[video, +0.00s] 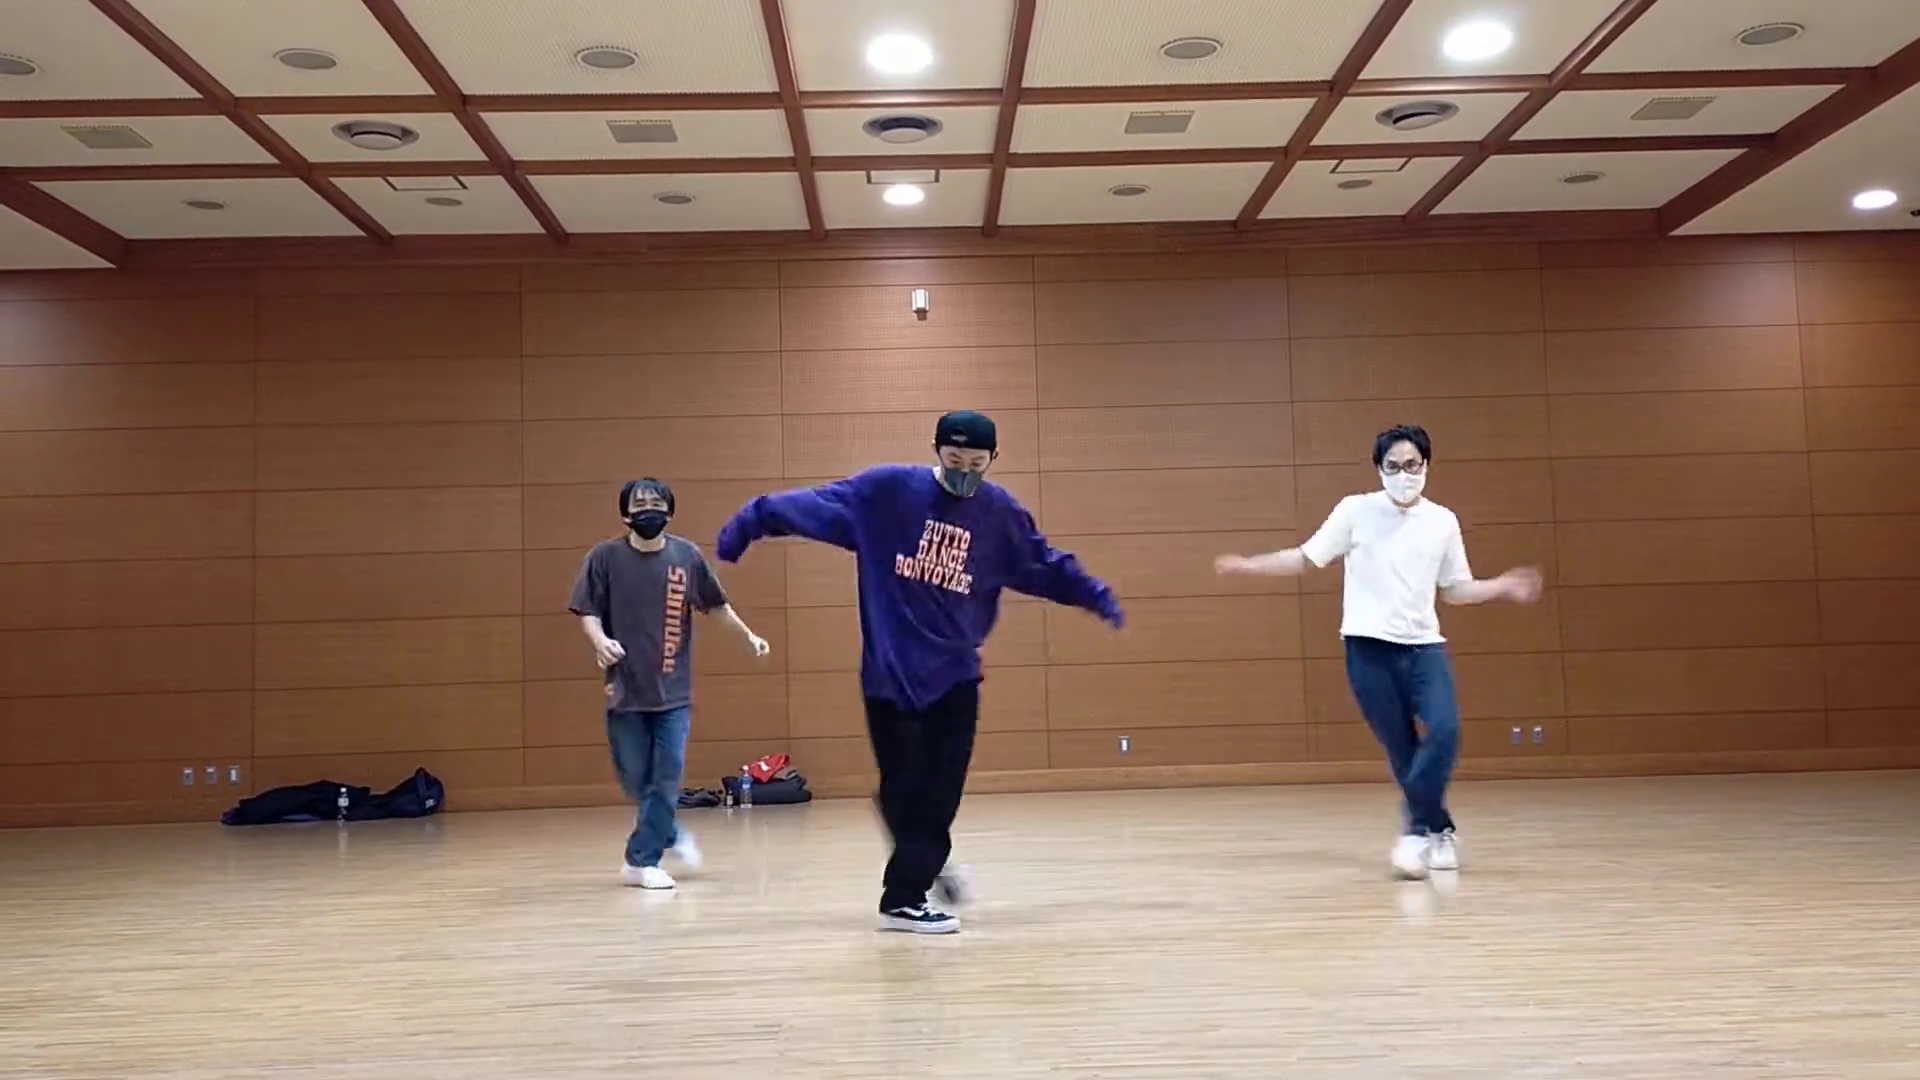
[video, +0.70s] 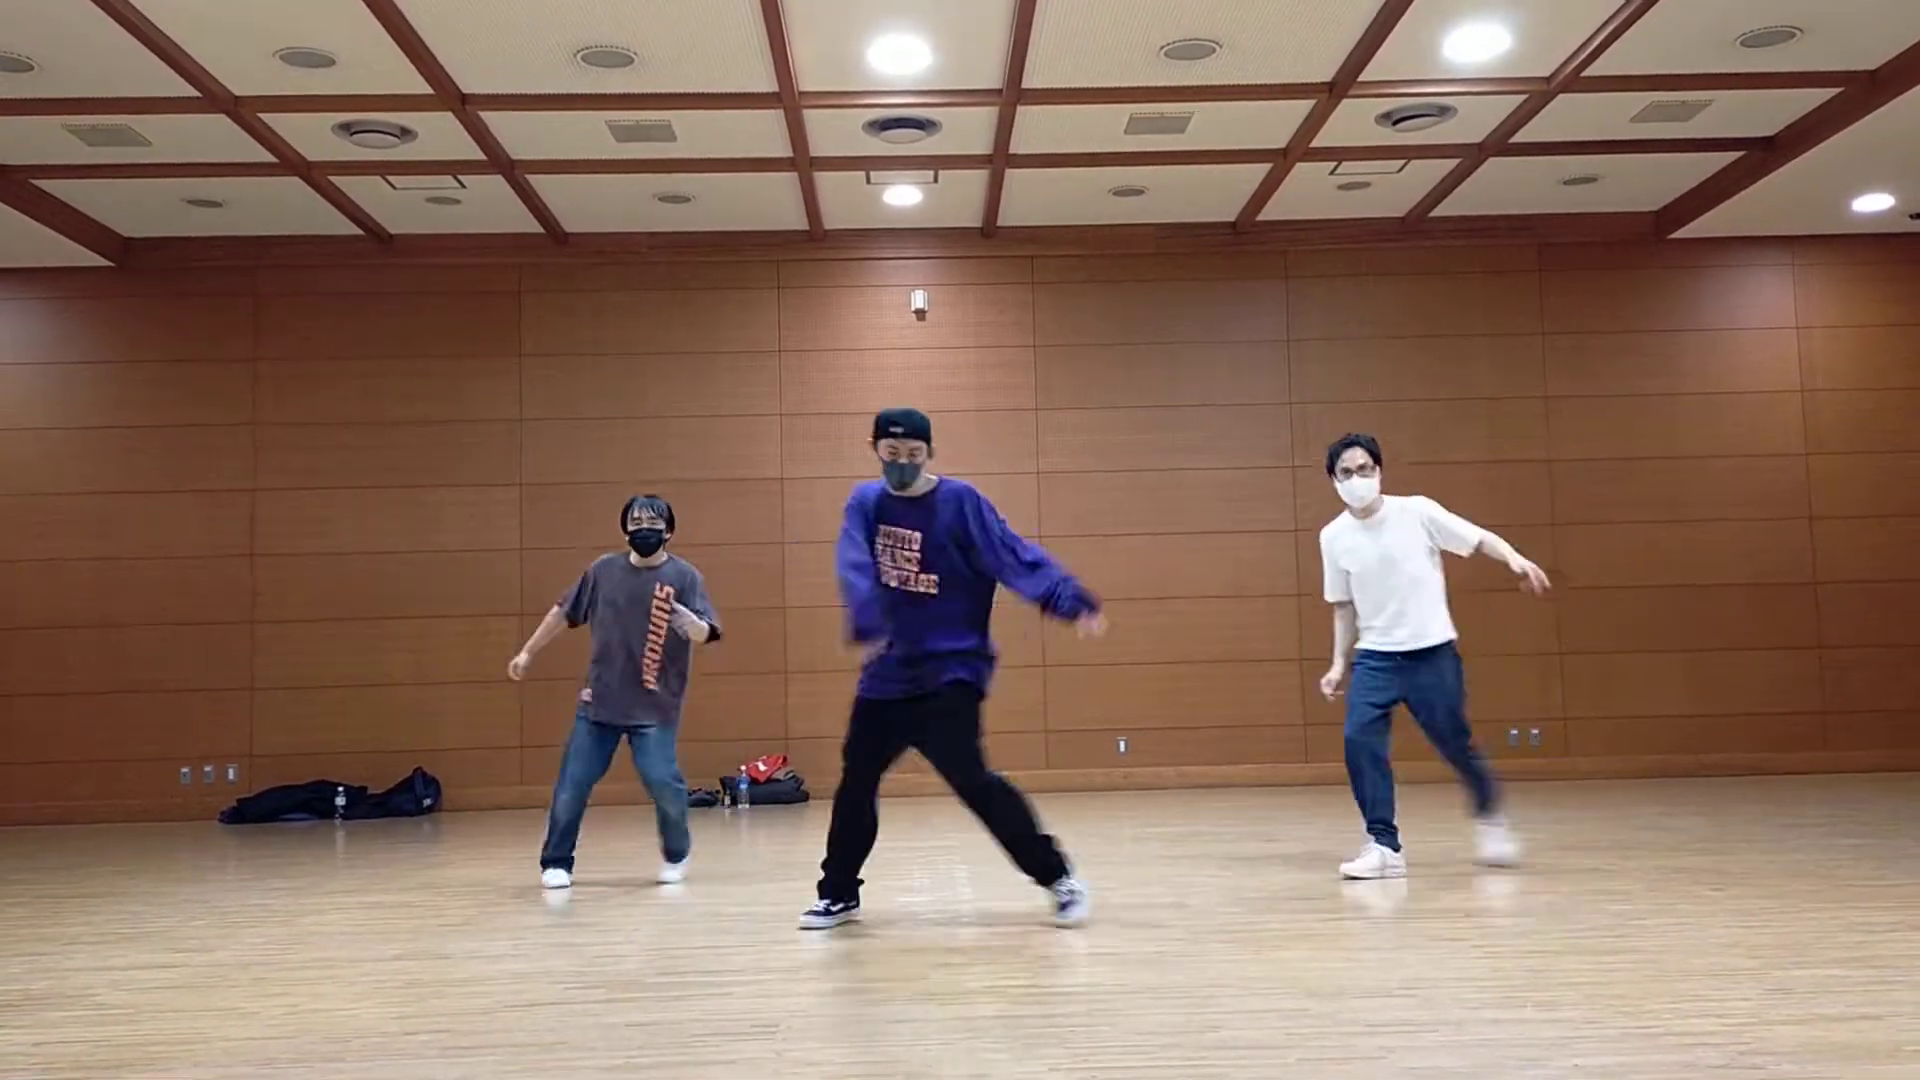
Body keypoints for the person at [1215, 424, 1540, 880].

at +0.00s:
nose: (1404, 474)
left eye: (1413, 465)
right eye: (1394, 466)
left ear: (1426, 468)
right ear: (1380, 470)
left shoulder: (1442, 522)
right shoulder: (1355, 511)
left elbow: (1456, 589)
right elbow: (1305, 557)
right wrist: (1250, 564)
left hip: (1423, 644)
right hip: (1367, 645)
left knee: (1444, 728)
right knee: (1401, 748)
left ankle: (1414, 833)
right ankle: (1439, 832)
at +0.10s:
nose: (1411, 480)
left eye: (1418, 472)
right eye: (1400, 474)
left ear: (1430, 474)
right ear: (1385, 481)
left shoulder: (1458, 522)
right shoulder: (1366, 525)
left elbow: (1492, 586)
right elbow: (1332, 578)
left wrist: (1502, 544)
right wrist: (1305, 608)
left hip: (1446, 654)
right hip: (1389, 658)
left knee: (1472, 729)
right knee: (1417, 755)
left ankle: (1480, 830)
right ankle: (1444, 837)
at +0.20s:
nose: (1408, 469)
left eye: (1415, 459)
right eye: (1397, 463)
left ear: (1430, 461)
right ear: (1386, 471)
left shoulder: (1465, 504)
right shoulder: (1377, 519)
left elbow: (1522, 553)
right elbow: (1362, 579)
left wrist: (1483, 525)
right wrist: (1353, 612)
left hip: (1462, 647)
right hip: (1403, 650)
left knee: (1489, 742)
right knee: (1416, 750)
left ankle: (1533, 832)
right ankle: (1445, 833)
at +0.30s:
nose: (1404, 462)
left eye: (1410, 452)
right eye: (1393, 456)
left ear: (1425, 454)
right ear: (1381, 466)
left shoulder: (1462, 497)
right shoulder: (1383, 518)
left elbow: (1529, 525)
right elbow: (1389, 577)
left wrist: (1486, 555)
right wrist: (1377, 597)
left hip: (1474, 639)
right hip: (1417, 644)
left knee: (1506, 739)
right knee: (1406, 728)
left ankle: (1545, 832)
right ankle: (1453, 821)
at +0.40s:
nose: (1394, 475)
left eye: (1401, 465)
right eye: (1384, 469)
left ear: (1417, 467)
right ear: (1373, 479)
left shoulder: (1454, 504)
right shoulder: (1386, 528)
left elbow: (1525, 529)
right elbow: (1410, 584)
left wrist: (1513, 588)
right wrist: (1387, 596)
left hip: (1480, 645)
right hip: (1428, 649)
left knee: (1519, 741)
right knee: (1407, 724)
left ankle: (1573, 834)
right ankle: (1419, 832)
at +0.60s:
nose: (1375, 495)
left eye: (1381, 485)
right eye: (1363, 490)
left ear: (1395, 488)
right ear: (1351, 500)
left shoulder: (1434, 525)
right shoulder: (1355, 551)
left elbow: (1504, 549)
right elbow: (1370, 616)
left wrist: (1542, 585)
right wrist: (1358, 650)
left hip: (1466, 664)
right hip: (1407, 669)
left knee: (1512, 747)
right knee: (1379, 738)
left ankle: (1573, 834)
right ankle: (1388, 848)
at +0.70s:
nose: (1355, 479)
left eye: (1362, 470)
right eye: (1345, 473)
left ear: (1378, 473)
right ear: (1335, 483)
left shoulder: (1417, 511)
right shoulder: (1334, 537)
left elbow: (1478, 538)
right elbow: (1344, 609)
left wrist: (1517, 561)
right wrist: (1339, 663)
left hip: (1431, 653)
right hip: (1375, 659)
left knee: (1450, 738)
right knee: (1359, 741)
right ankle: (1384, 846)